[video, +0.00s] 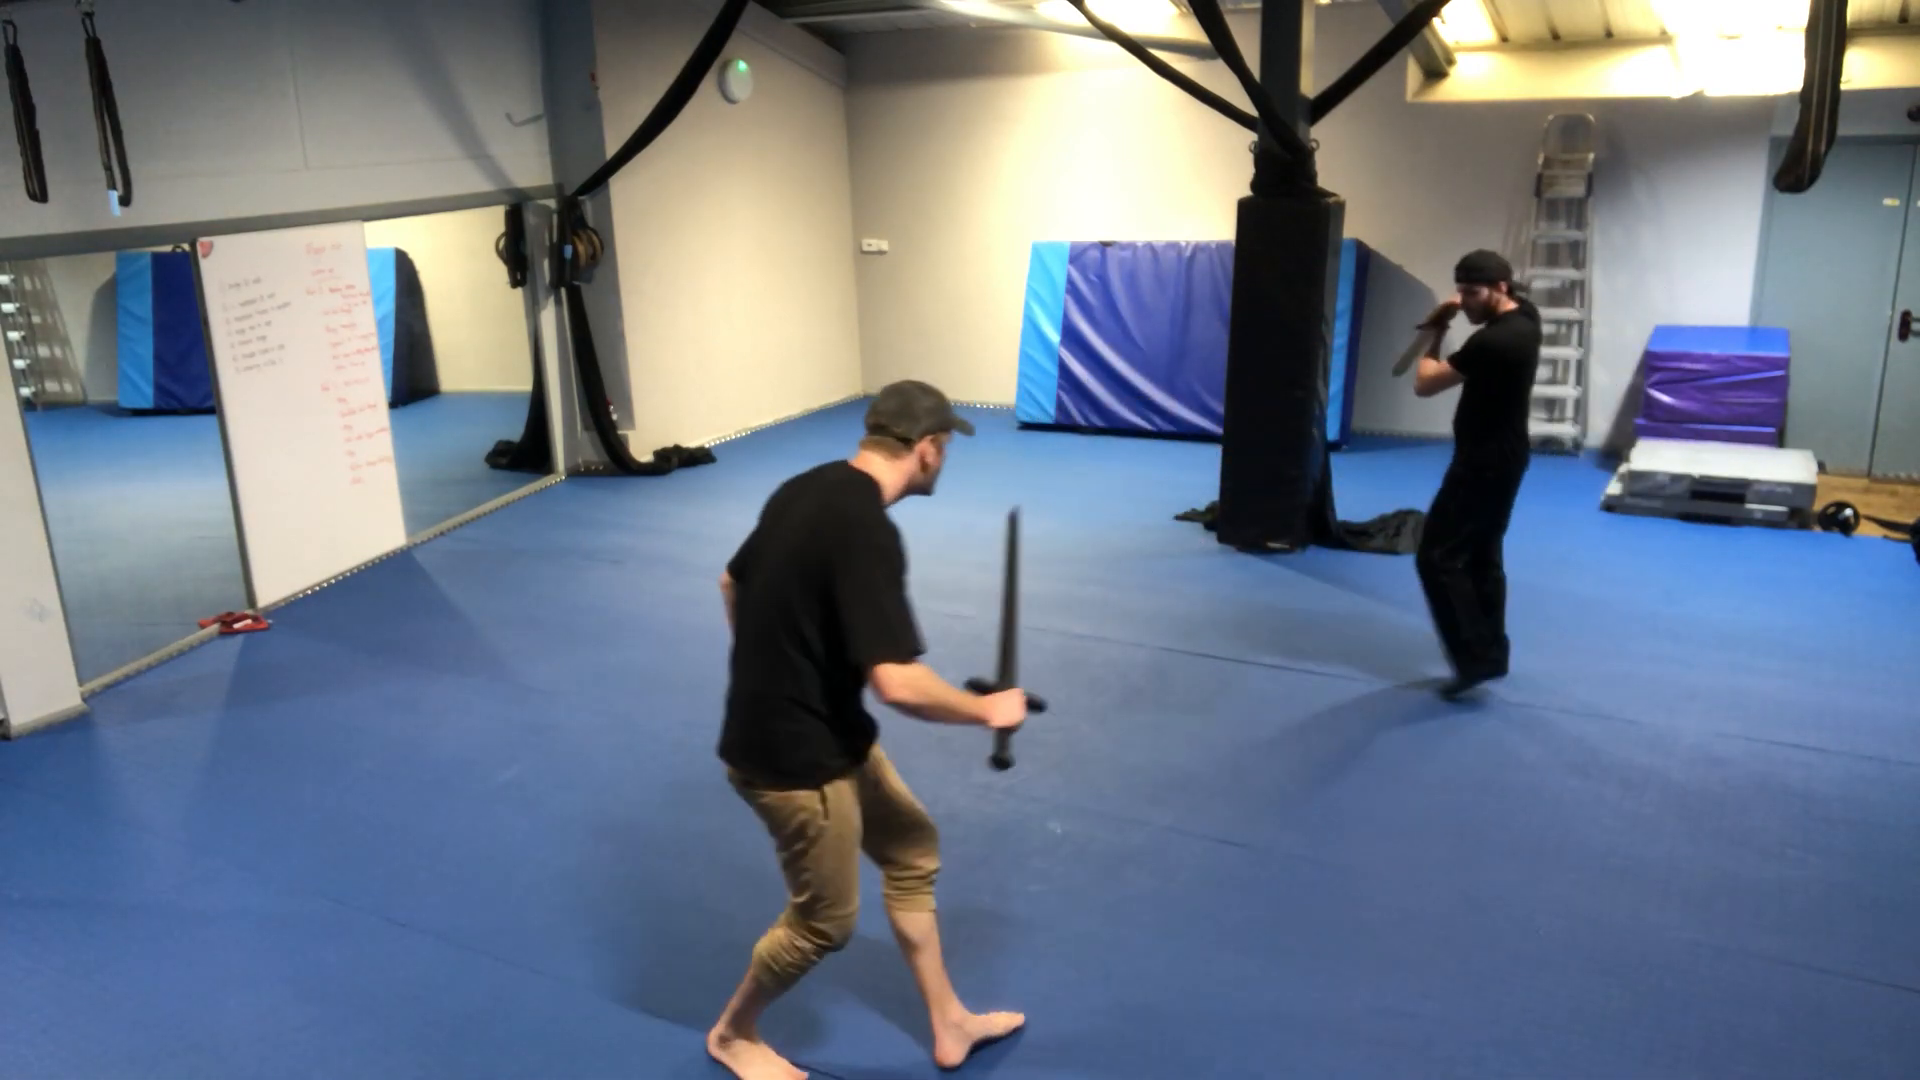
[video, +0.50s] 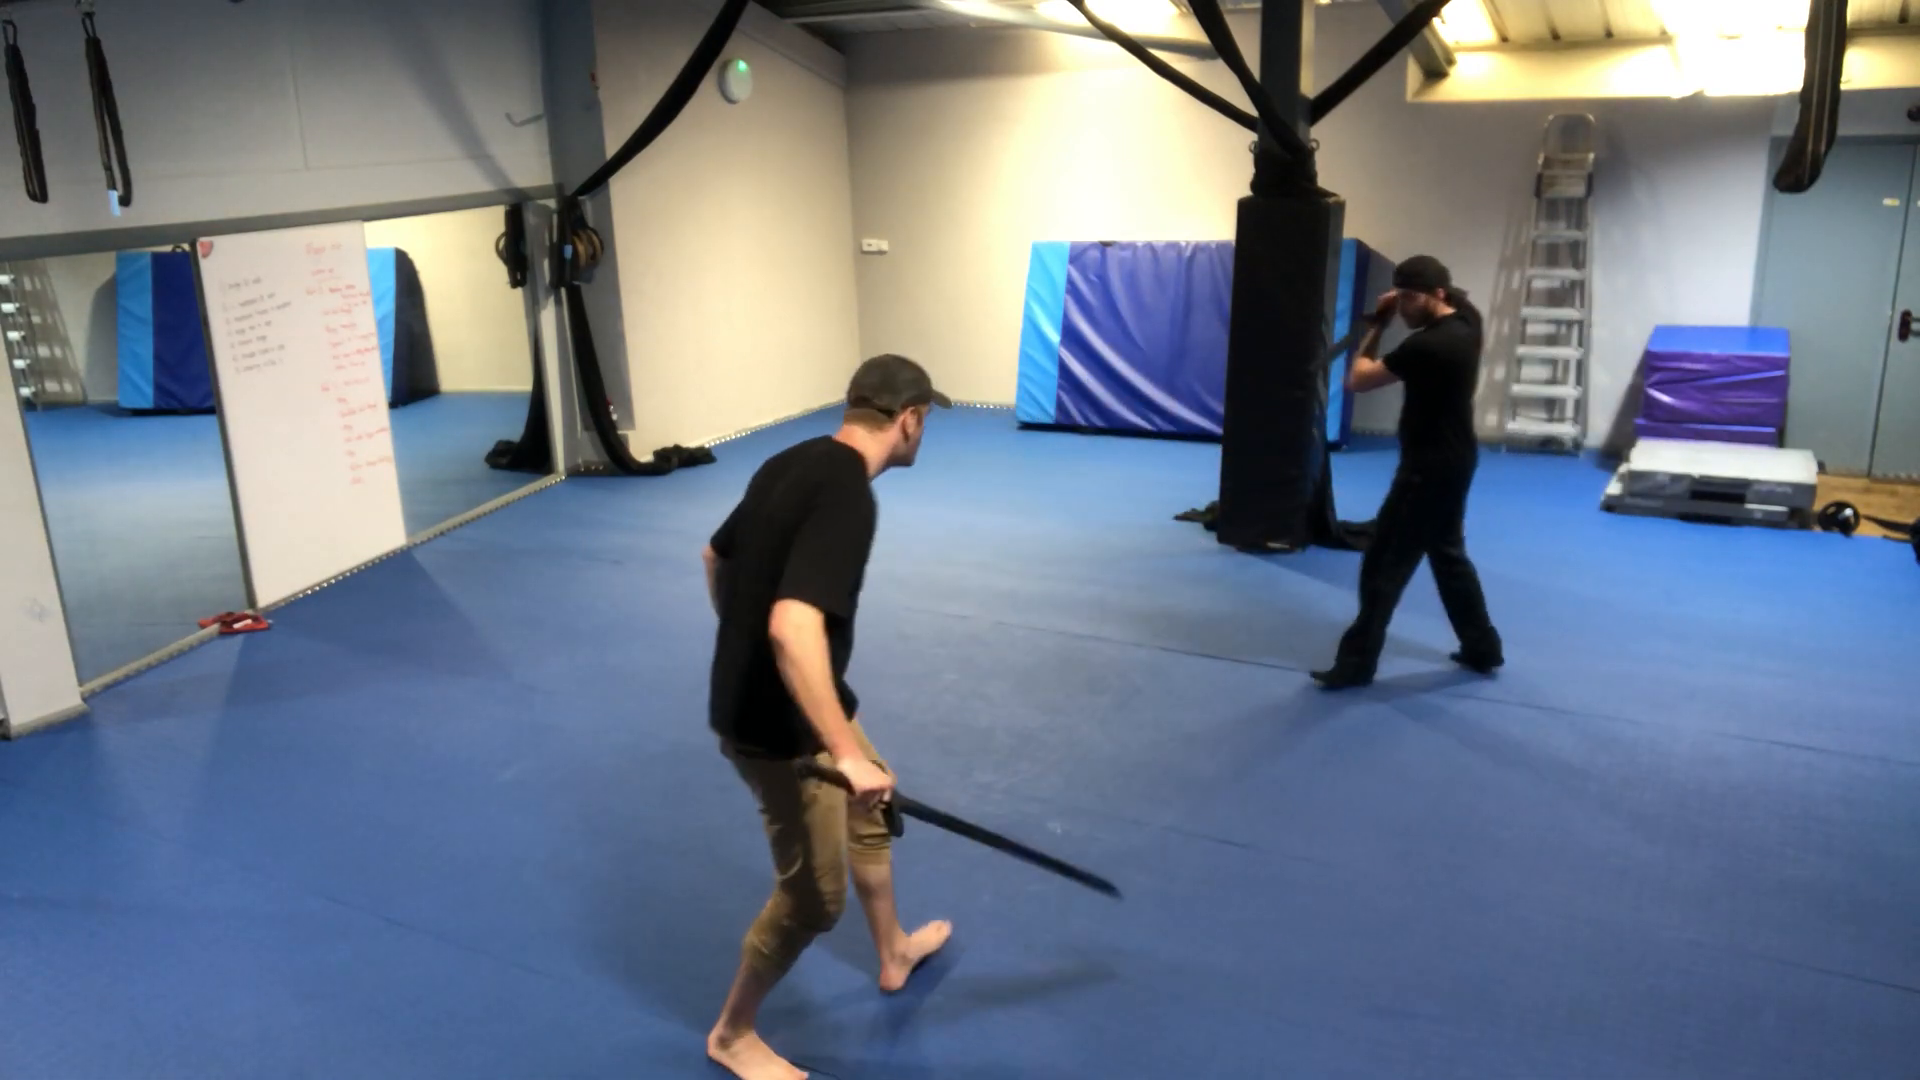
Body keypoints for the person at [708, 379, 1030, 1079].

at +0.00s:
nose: (945, 459)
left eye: (945, 445)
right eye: (945, 445)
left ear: (877, 436)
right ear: (925, 447)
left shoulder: (806, 490)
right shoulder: (867, 526)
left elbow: (735, 581)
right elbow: (896, 680)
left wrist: (771, 669)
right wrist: (987, 709)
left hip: (832, 736)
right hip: (788, 756)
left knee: (912, 850)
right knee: (824, 919)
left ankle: (950, 1022)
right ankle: (731, 1033)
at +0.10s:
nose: (924, 458)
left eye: (926, 444)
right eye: (925, 444)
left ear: (856, 432)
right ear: (904, 443)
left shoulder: (787, 487)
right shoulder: (840, 526)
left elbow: (723, 575)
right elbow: (854, 680)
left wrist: (778, 656)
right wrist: (948, 727)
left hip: (820, 735)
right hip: (776, 759)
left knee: (902, 842)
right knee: (818, 915)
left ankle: (938, 1015)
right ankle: (731, 1033)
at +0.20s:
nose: (912, 453)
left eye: (915, 439)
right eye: (913, 439)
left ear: (844, 427)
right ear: (893, 438)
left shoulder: (779, 480)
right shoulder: (823, 519)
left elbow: (715, 567)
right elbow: (817, 673)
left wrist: (763, 654)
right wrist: (911, 744)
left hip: (806, 724)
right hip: (764, 749)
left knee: (897, 818)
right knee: (813, 910)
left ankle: (919, 994)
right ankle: (732, 1033)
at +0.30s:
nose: (910, 445)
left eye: (910, 432)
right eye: (910, 432)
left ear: (844, 420)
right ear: (890, 431)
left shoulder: (776, 473)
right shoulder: (821, 509)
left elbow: (713, 561)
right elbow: (792, 660)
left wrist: (752, 648)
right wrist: (880, 758)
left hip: (787, 716)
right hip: (755, 739)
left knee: (892, 796)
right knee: (807, 906)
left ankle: (897, 970)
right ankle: (732, 1033)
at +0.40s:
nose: (914, 439)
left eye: (916, 426)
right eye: (916, 426)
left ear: (847, 412)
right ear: (896, 424)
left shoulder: (784, 465)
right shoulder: (828, 501)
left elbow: (715, 556)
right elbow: (783, 641)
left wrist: (757, 646)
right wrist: (855, 759)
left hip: (804, 699)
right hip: (758, 732)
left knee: (881, 793)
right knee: (808, 901)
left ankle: (889, 955)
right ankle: (730, 1033)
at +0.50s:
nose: (923, 435)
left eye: (925, 422)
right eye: (925, 421)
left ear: (854, 407)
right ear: (906, 418)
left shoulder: (790, 464)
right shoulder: (845, 493)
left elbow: (718, 554)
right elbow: (792, 626)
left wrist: (755, 644)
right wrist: (851, 758)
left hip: (772, 706)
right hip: (781, 732)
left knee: (873, 796)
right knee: (812, 898)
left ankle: (893, 951)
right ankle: (731, 1033)